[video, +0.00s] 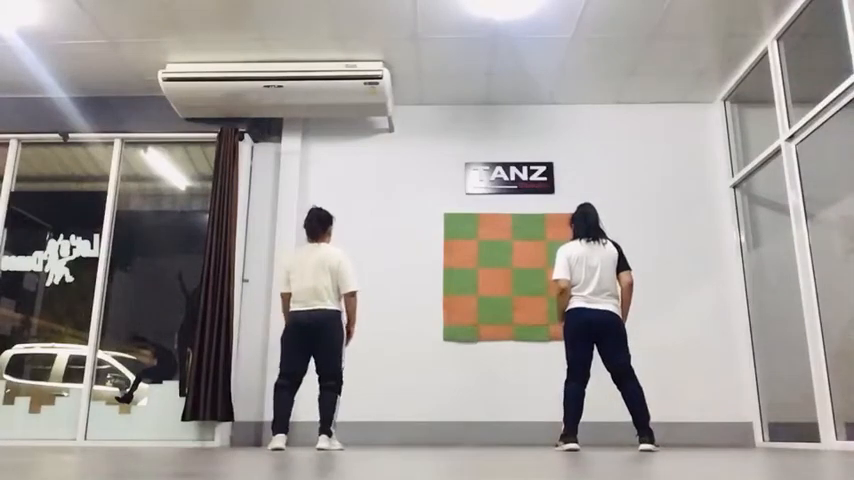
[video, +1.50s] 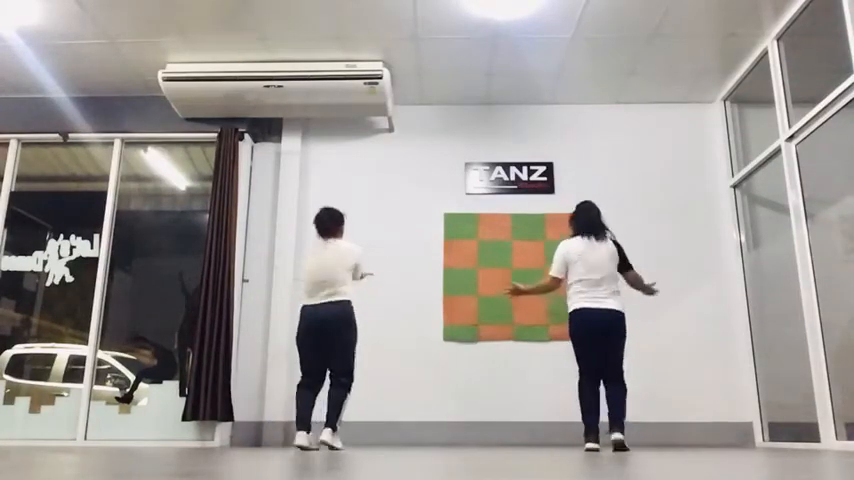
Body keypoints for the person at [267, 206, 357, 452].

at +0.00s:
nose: (331, 233)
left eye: (330, 229)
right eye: (331, 229)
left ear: (306, 231)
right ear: (328, 230)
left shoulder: (292, 256)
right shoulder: (336, 256)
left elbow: (285, 295)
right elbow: (349, 294)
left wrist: (288, 321)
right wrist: (351, 323)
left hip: (297, 321)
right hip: (328, 322)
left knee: (287, 378)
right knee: (330, 379)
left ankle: (279, 434)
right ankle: (325, 435)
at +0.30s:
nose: (340, 231)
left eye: (338, 228)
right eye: (340, 228)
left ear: (316, 230)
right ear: (339, 229)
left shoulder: (307, 255)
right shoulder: (348, 255)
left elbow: (294, 288)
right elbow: (372, 287)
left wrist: (307, 310)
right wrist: (369, 314)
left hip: (308, 320)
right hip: (339, 321)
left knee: (292, 376)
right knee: (335, 381)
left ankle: (278, 431)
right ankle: (326, 435)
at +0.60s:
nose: (347, 231)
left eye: (344, 228)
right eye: (347, 228)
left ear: (324, 229)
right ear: (346, 229)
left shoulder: (313, 251)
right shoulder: (357, 251)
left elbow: (295, 276)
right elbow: (389, 268)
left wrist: (315, 291)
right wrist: (369, 292)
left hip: (316, 320)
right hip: (346, 320)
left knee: (305, 374)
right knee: (339, 381)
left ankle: (284, 421)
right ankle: (325, 435)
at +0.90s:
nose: (355, 246)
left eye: (353, 243)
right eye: (355, 243)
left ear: (331, 243)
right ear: (353, 244)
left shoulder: (318, 264)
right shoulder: (358, 263)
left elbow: (301, 291)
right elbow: (384, 289)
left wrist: (318, 303)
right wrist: (360, 301)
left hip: (315, 321)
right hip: (345, 323)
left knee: (327, 374)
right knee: (346, 383)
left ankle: (321, 416)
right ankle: (326, 435)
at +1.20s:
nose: (349, 246)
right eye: (350, 241)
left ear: (329, 243)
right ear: (352, 243)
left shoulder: (318, 266)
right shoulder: (359, 266)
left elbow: (310, 294)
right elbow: (366, 304)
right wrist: (343, 306)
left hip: (314, 318)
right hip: (344, 318)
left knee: (316, 380)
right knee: (344, 381)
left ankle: (323, 433)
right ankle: (326, 434)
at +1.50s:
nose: (343, 229)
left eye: (341, 226)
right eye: (343, 226)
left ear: (318, 229)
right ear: (341, 227)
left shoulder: (311, 253)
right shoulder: (351, 251)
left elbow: (316, 277)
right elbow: (357, 275)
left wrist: (352, 275)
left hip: (310, 314)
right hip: (340, 313)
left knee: (310, 376)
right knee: (341, 376)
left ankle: (302, 432)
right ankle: (330, 430)